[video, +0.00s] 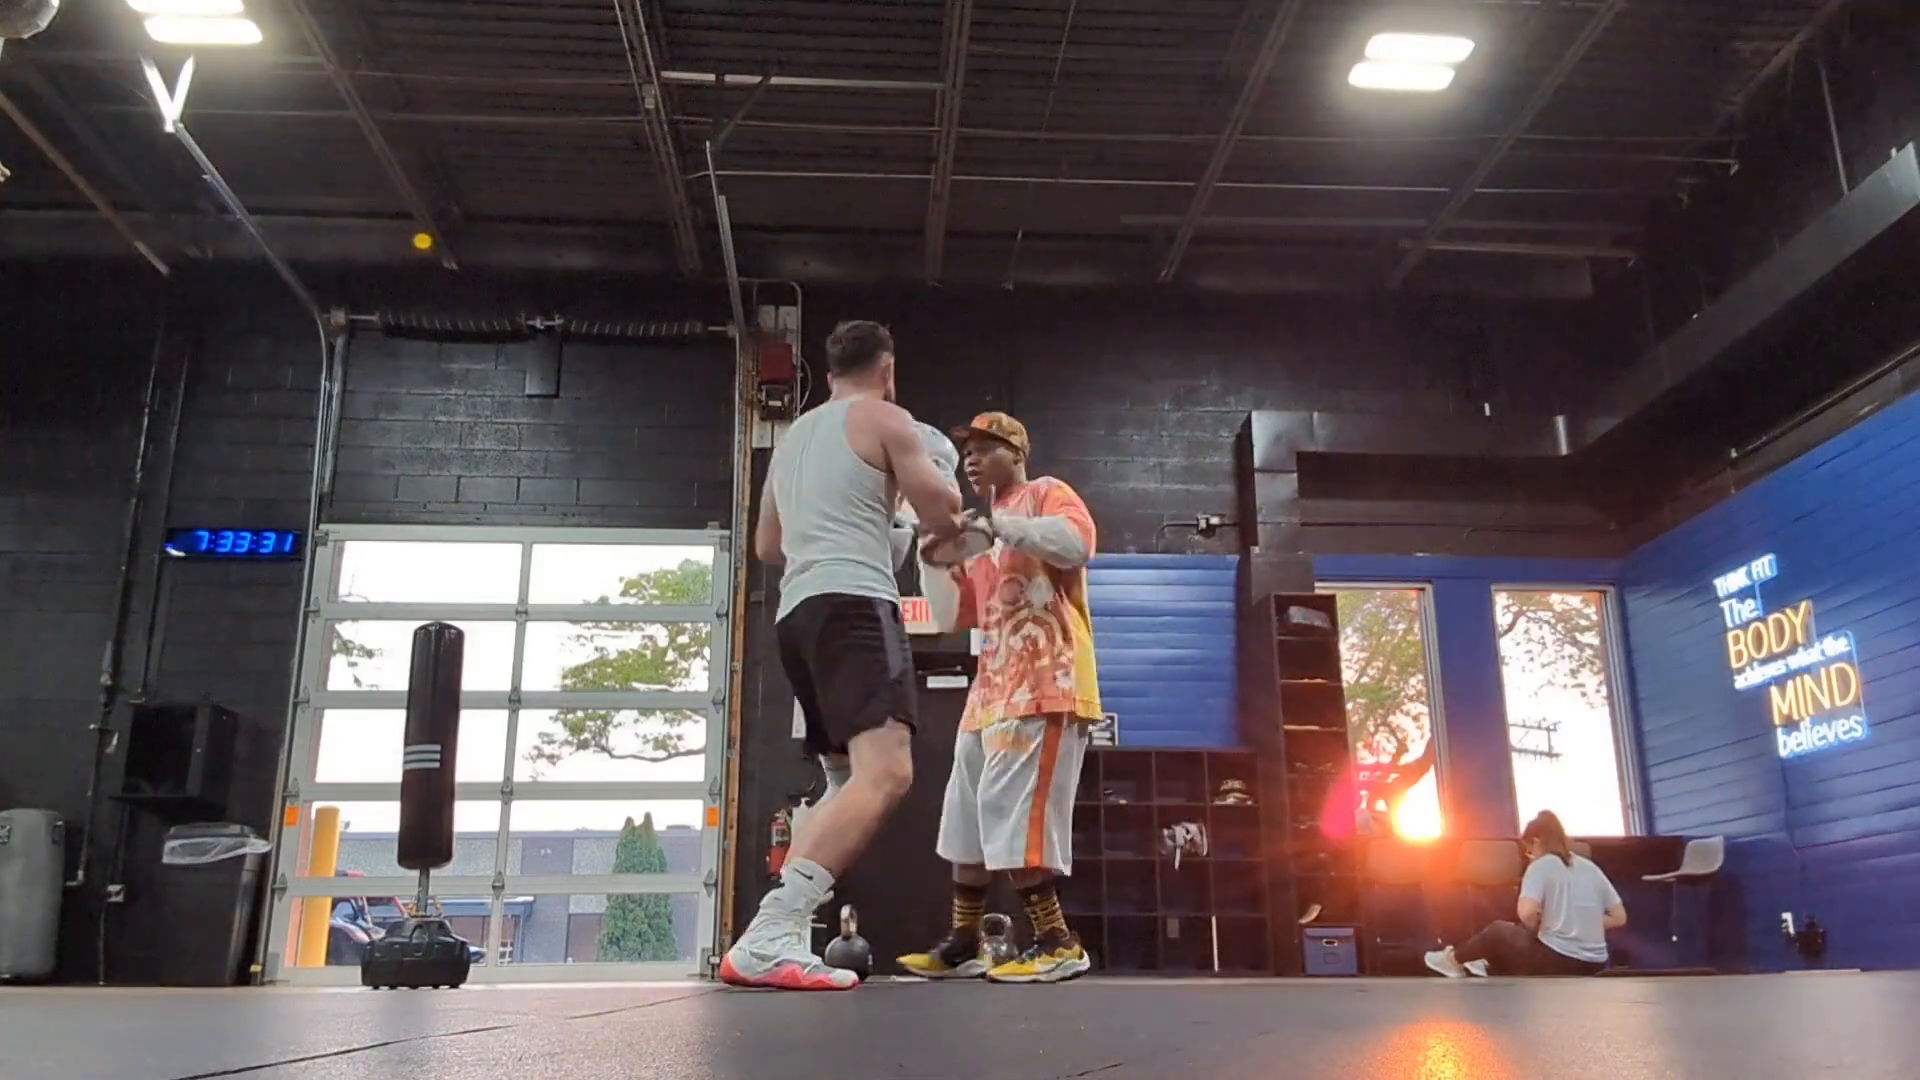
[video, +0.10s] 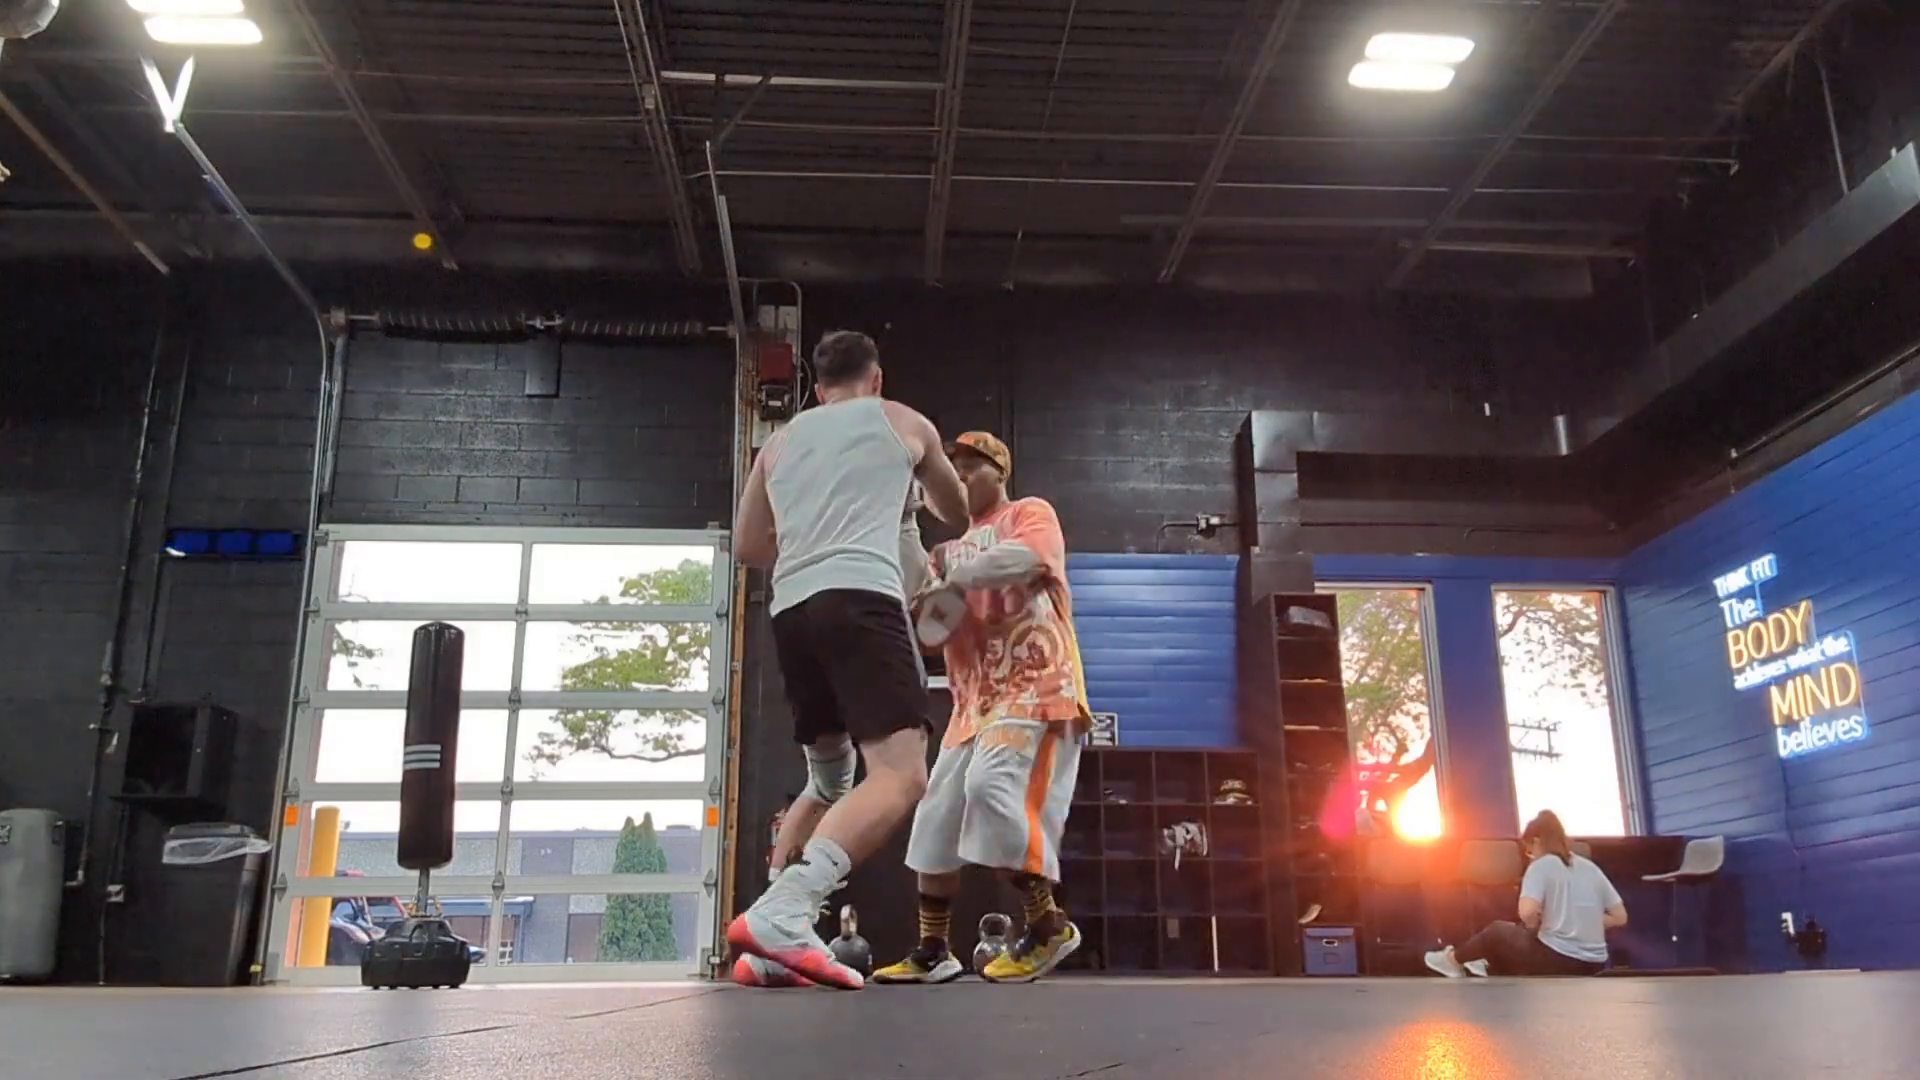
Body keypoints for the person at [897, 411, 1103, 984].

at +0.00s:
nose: (972, 460)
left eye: (982, 449)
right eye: (967, 453)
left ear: (1015, 451)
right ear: (967, 465)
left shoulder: (1048, 493)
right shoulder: (980, 528)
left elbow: (1073, 544)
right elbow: (953, 616)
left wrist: (994, 523)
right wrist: (937, 549)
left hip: (1044, 682)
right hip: (993, 685)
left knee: (1011, 807)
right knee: (965, 806)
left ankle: (1057, 942)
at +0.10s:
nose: (965, 475)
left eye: (976, 464)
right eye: (957, 467)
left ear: (1002, 471)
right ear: (947, 480)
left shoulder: (1032, 513)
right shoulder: (947, 550)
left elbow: (1025, 559)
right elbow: (931, 633)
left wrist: (947, 568)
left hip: (1036, 688)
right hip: (975, 700)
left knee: (990, 787)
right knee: (936, 810)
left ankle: (1049, 928)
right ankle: (933, 949)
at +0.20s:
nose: (951, 483)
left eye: (960, 472)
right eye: (941, 475)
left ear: (982, 481)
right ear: (928, 489)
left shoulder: (1012, 520)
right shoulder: (922, 555)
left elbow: (1021, 578)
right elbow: (914, 628)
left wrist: (950, 619)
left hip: (1029, 680)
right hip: (961, 699)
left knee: (998, 770)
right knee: (924, 810)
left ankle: (1062, 928)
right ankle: (931, 944)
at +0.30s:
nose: (938, 494)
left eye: (948, 479)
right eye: (932, 484)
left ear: (969, 482)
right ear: (923, 496)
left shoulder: (1004, 529)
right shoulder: (936, 569)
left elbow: (1047, 596)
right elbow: (930, 635)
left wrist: (974, 639)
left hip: (1025, 678)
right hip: (968, 694)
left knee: (1018, 773)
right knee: (913, 805)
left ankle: (1111, 923)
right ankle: (935, 939)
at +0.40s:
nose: (957, 480)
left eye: (966, 469)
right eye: (948, 471)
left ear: (984, 479)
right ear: (933, 483)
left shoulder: (1020, 535)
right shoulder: (929, 550)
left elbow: (1082, 601)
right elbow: (922, 625)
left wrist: (1023, 635)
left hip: (1033, 709)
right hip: (965, 719)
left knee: (1048, 786)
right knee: (918, 813)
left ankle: (1145, 923)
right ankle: (934, 944)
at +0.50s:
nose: (988, 466)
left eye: (998, 453)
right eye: (978, 456)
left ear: (1022, 460)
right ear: (969, 469)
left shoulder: (1064, 525)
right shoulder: (957, 543)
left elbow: (1122, 598)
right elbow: (946, 646)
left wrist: (1062, 601)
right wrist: (888, 635)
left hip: (1058, 700)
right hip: (985, 707)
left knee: (1076, 790)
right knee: (953, 821)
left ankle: (1170, 938)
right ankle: (933, 945)